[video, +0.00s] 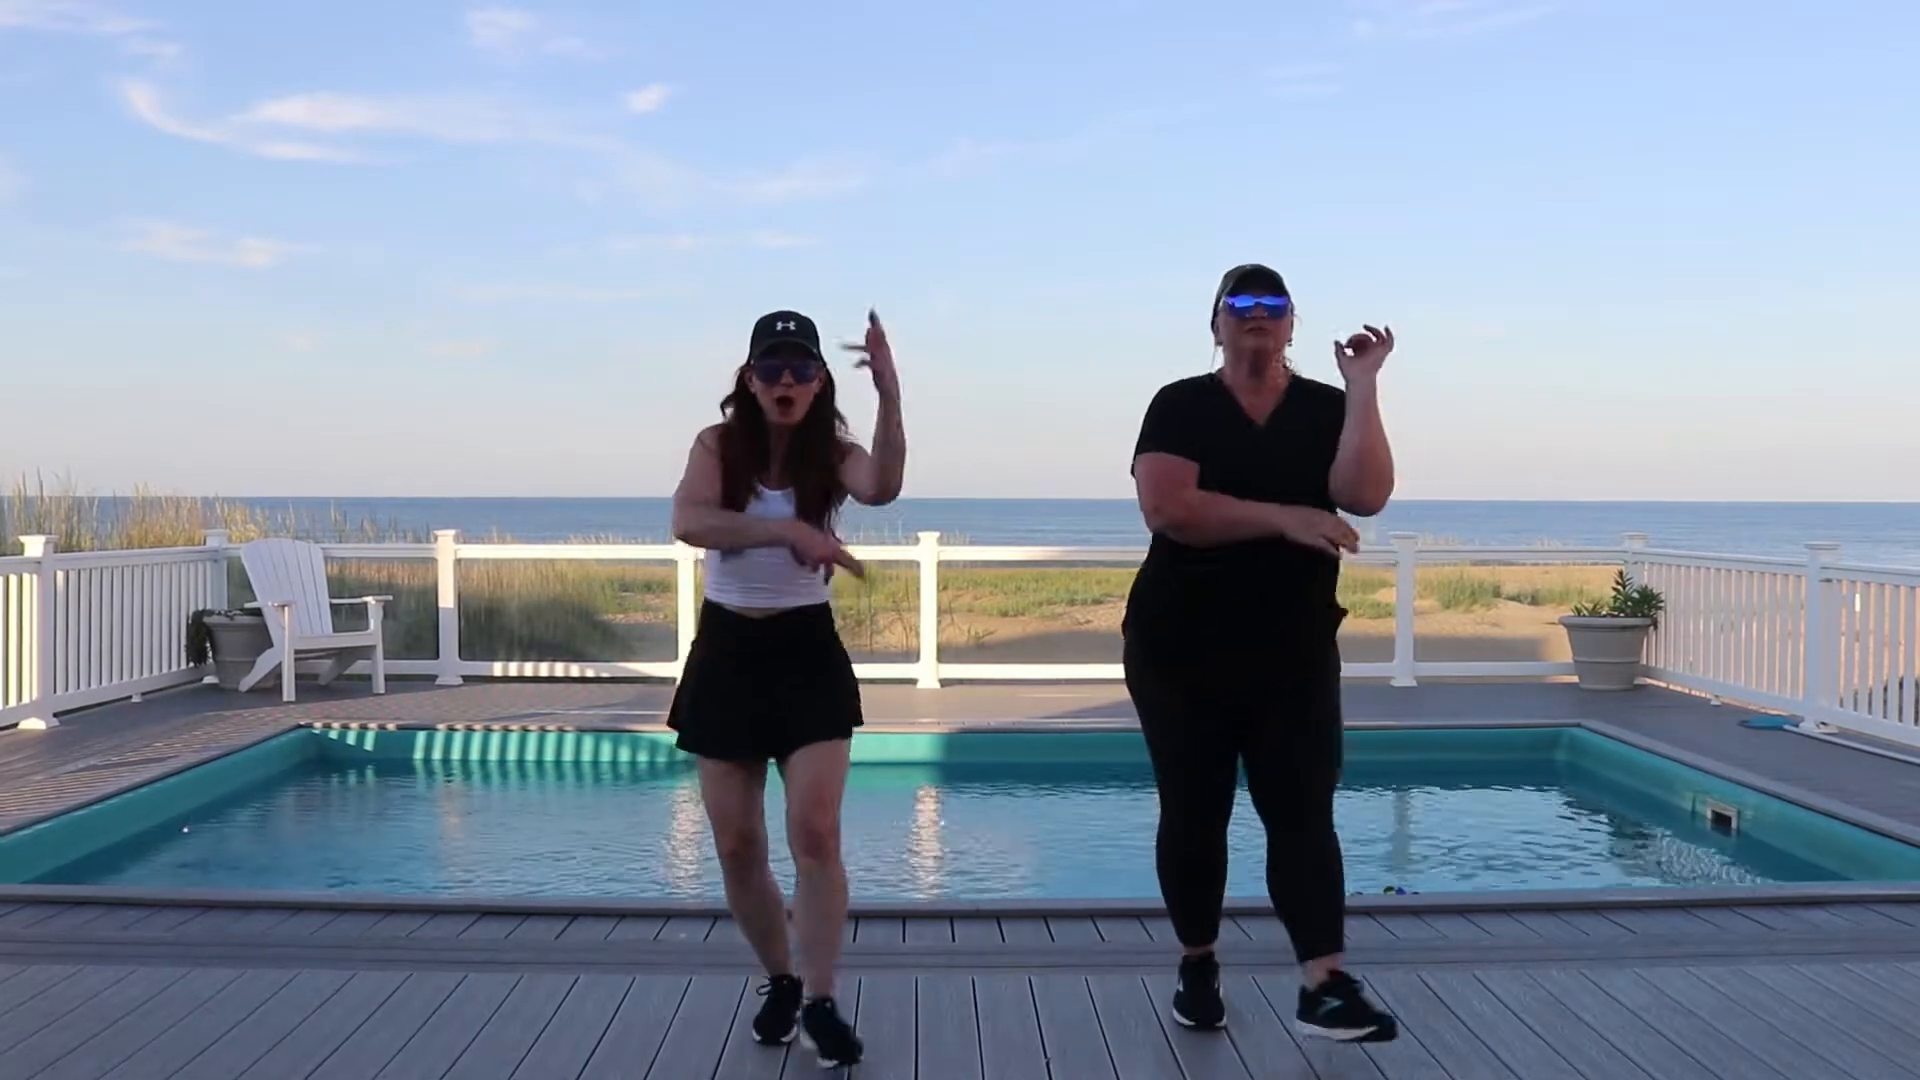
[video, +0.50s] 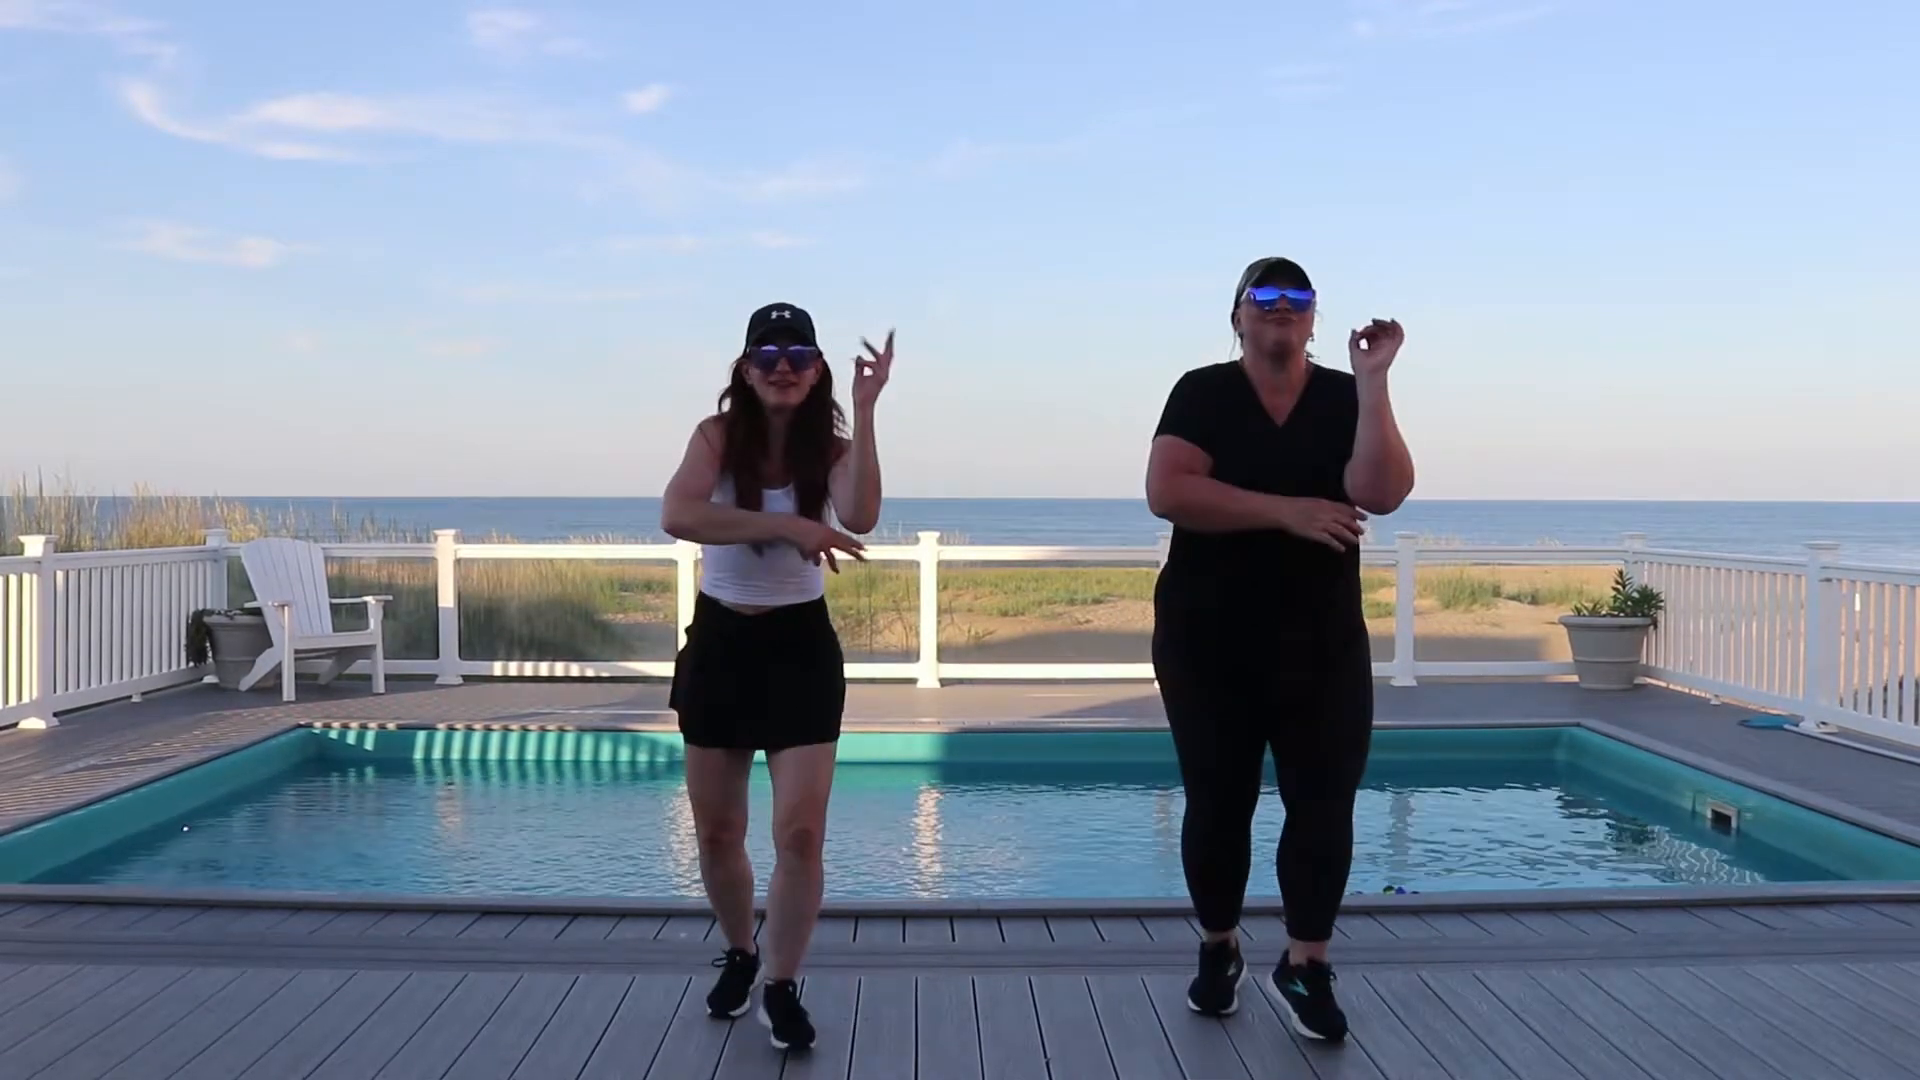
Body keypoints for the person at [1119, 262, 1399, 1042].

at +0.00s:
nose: (1260, 316)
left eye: (1273, 306)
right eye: (1244, 306)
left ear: (1291, 324)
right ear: (1218, 323)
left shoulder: (1327, 412)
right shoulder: (1181, 405)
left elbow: (1368, 494)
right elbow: (1167, 508)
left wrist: (1362, 387)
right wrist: (1284, 518)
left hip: (1293, 645)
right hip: (1184, 646)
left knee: (1303, 808)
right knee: (1193, 808)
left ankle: (1324, 978)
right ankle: (1198, 962)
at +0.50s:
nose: (1282, 312)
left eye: (1296, 303)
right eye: (1267, 302)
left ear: (1312, 318)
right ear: (1239, 317)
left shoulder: (1349, 401)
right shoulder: (1203, 392)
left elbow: (1385, 493)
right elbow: (1167, 491)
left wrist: (1372, 381)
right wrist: (1288, 511)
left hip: (1323, 640)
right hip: (1211, 641)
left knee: (1324, 804)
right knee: (1217, 803)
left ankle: (1307, 963)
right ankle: (1218, 946)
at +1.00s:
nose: (1282, 326)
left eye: (1294, 314)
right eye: (1265, 315)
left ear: (1311, 325)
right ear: (1236, 327)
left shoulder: (1350, 401)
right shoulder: (1201, 409)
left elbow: (1404, 481)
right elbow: (1219, 481)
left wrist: (1304, 493)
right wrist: (1227, 365)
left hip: (1321, 653)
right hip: (1209, 656)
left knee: (1353, 792)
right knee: (1225, 817)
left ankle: (1286, 937)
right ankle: (1225, 985)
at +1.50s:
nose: (1270, 325)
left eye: (1284, 314)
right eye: (1254, 314)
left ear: (1302, 328)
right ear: (1225, 326)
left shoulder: (1342, 413)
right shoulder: (1184, 408)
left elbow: (1401, 502)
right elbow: (1182, 499)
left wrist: (1309, 473)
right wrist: (1246, 410)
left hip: (1311, 652)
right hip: (1198, 652)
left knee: (1315, 813)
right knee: (1207, 821)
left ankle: (1275, 957)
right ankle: (1206, 970)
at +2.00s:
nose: (1276, 324)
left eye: (1289, 314)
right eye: (1260, 313)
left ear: (1306, 330)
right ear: (1232, 328)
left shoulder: (1343, 416)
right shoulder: (1192, 411)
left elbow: (1381, 485)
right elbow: (1170, 500)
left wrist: (1371, 369)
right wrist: (1295, 497)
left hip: (1325, 664)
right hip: (1210, 663)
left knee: (1308, 831)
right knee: (1201, 837)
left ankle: (1300, 995)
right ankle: (1219, 955)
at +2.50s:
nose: (1286, 364)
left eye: (1298, 350)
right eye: (1271, 349)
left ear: (1313, 340)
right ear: (1238, 339)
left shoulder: (1353, 409)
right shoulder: (1195, 408)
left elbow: (1409, 489)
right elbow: (1179, 470)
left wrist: (1307, 498)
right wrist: (1230, 384)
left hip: (1327, 667)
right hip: (1216, 665)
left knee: (1301, 823)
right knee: (1222, 825)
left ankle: (1278, 974)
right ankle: (1214, 1000)